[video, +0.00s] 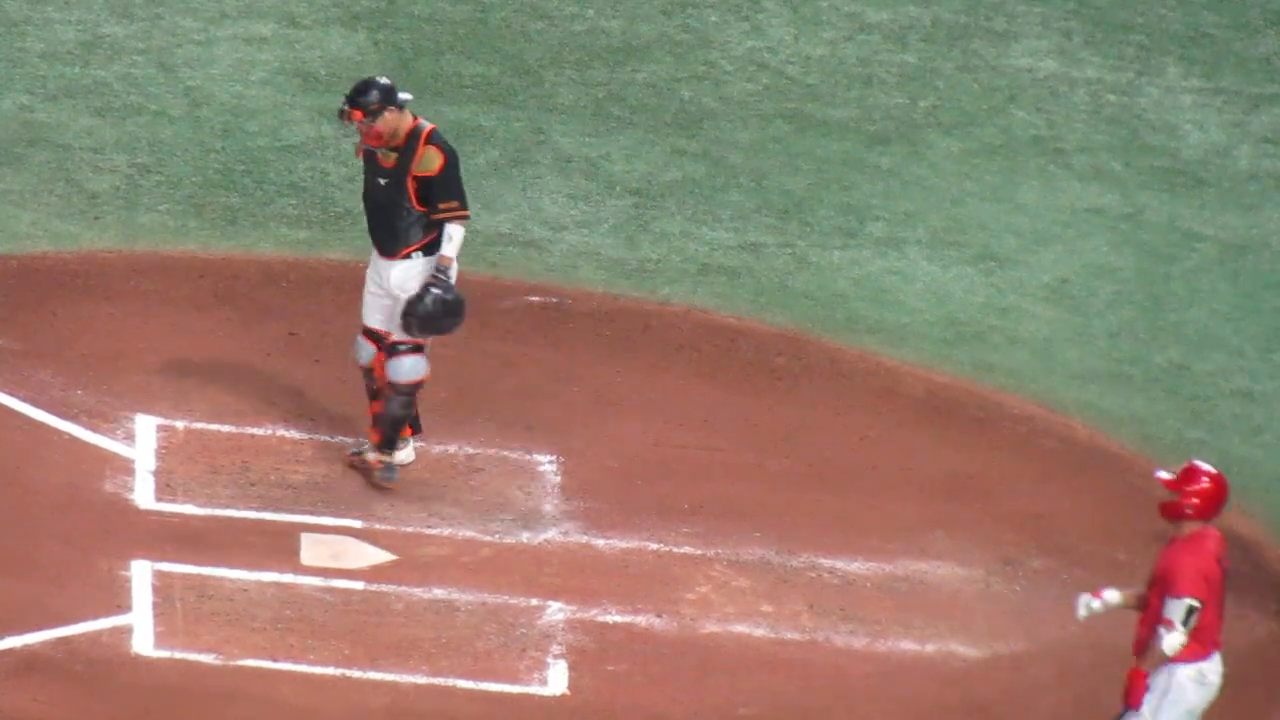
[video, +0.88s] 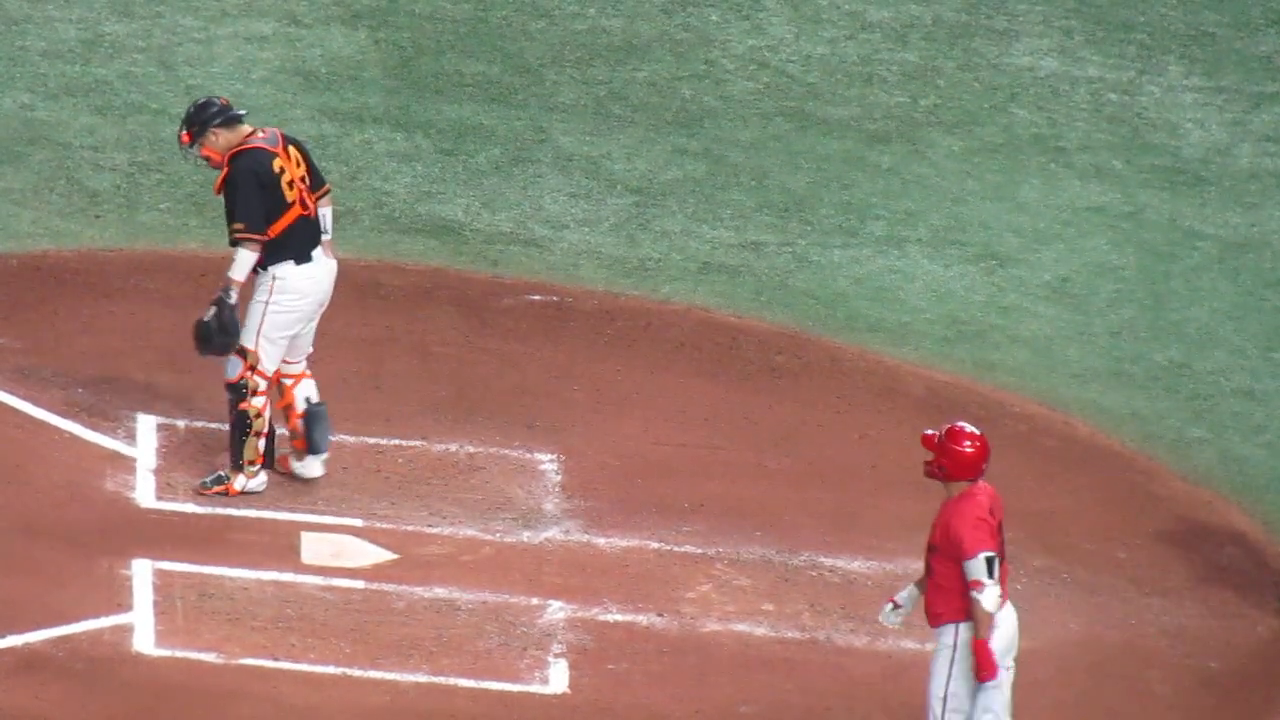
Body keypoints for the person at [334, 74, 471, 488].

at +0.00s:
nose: (364, 131)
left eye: (369, 122)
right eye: (360, 123)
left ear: (390, 113)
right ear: (369, 119)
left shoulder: (431, 149)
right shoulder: (376, 138)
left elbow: (455, 218)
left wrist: (442, 273)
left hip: (419, 265)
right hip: (382, 260)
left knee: (405, 358)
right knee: (370, 351)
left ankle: (394, 446)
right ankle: (392, 437)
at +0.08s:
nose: (353, 131)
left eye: (358, 122)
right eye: (350, 124)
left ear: (379, 112)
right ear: (359, 120)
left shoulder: (421, 149)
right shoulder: (365, 140)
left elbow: (443, 217)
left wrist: (425, 269)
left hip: (408, 265)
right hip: (373, 262)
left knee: (375, 360)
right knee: (368, 356)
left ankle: (355, 450)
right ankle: (399, 439)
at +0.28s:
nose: (326, 134)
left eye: (328, 123)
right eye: (322, 125)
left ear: (350, 115)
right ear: (344, 117)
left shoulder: (387, 154)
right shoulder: (353, 147)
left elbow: (400, 227)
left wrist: (382, 281)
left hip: (377, 270)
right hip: (356, 269)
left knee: (319, 354)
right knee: (362, 357)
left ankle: (302, 456)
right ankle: (397, 442)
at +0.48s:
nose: (279, 147)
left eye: (280, 137)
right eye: (275, 139)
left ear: (302, 127)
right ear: (304, 127)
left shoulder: (328, 167)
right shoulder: (344, 146)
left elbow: (337, 239)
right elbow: (375, 209)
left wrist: (336, 304)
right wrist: (356, 256)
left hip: (337, 282)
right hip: (357, 277)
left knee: (284, 371)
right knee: (351, 365)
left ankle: (257, 472)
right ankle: (396, 439)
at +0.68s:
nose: (228, 158)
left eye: (227, 147)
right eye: (224, 150)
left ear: (244, 135)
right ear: (255, 130)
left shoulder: (273, 173)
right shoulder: (300, 146)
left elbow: (286, 246)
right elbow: (341, 204)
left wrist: (282, 305)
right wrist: (338, 252)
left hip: (311, 282)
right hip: (335, 271)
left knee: (251, 370)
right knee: (318, 362)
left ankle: (249, 472)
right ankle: (378, 429)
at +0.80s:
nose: (212, 157)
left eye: (209, 148)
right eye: (207, 151)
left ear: (224, 135)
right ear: (235, 128)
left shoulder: (250, 171)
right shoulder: (286, 140)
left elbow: (263, 245)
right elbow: (328, 195)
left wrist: (245, 303)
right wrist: (329, 246)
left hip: (293, 279)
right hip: (325, 268)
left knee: (248, 365)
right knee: (303, 359)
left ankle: (248, 471)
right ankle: (342, 446)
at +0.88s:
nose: (203, 157)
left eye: (201, 147)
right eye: (198, 150)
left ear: (218, 133)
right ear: (229, 126)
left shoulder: (243, 166)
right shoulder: (281, 139)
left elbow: (250, 241)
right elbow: (321, 193)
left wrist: (227, 296)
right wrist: (324, 243)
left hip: (285, 277)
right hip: (319, 266)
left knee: (246, 370)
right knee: (293, 365)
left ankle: (246, 472)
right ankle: (310, 457)